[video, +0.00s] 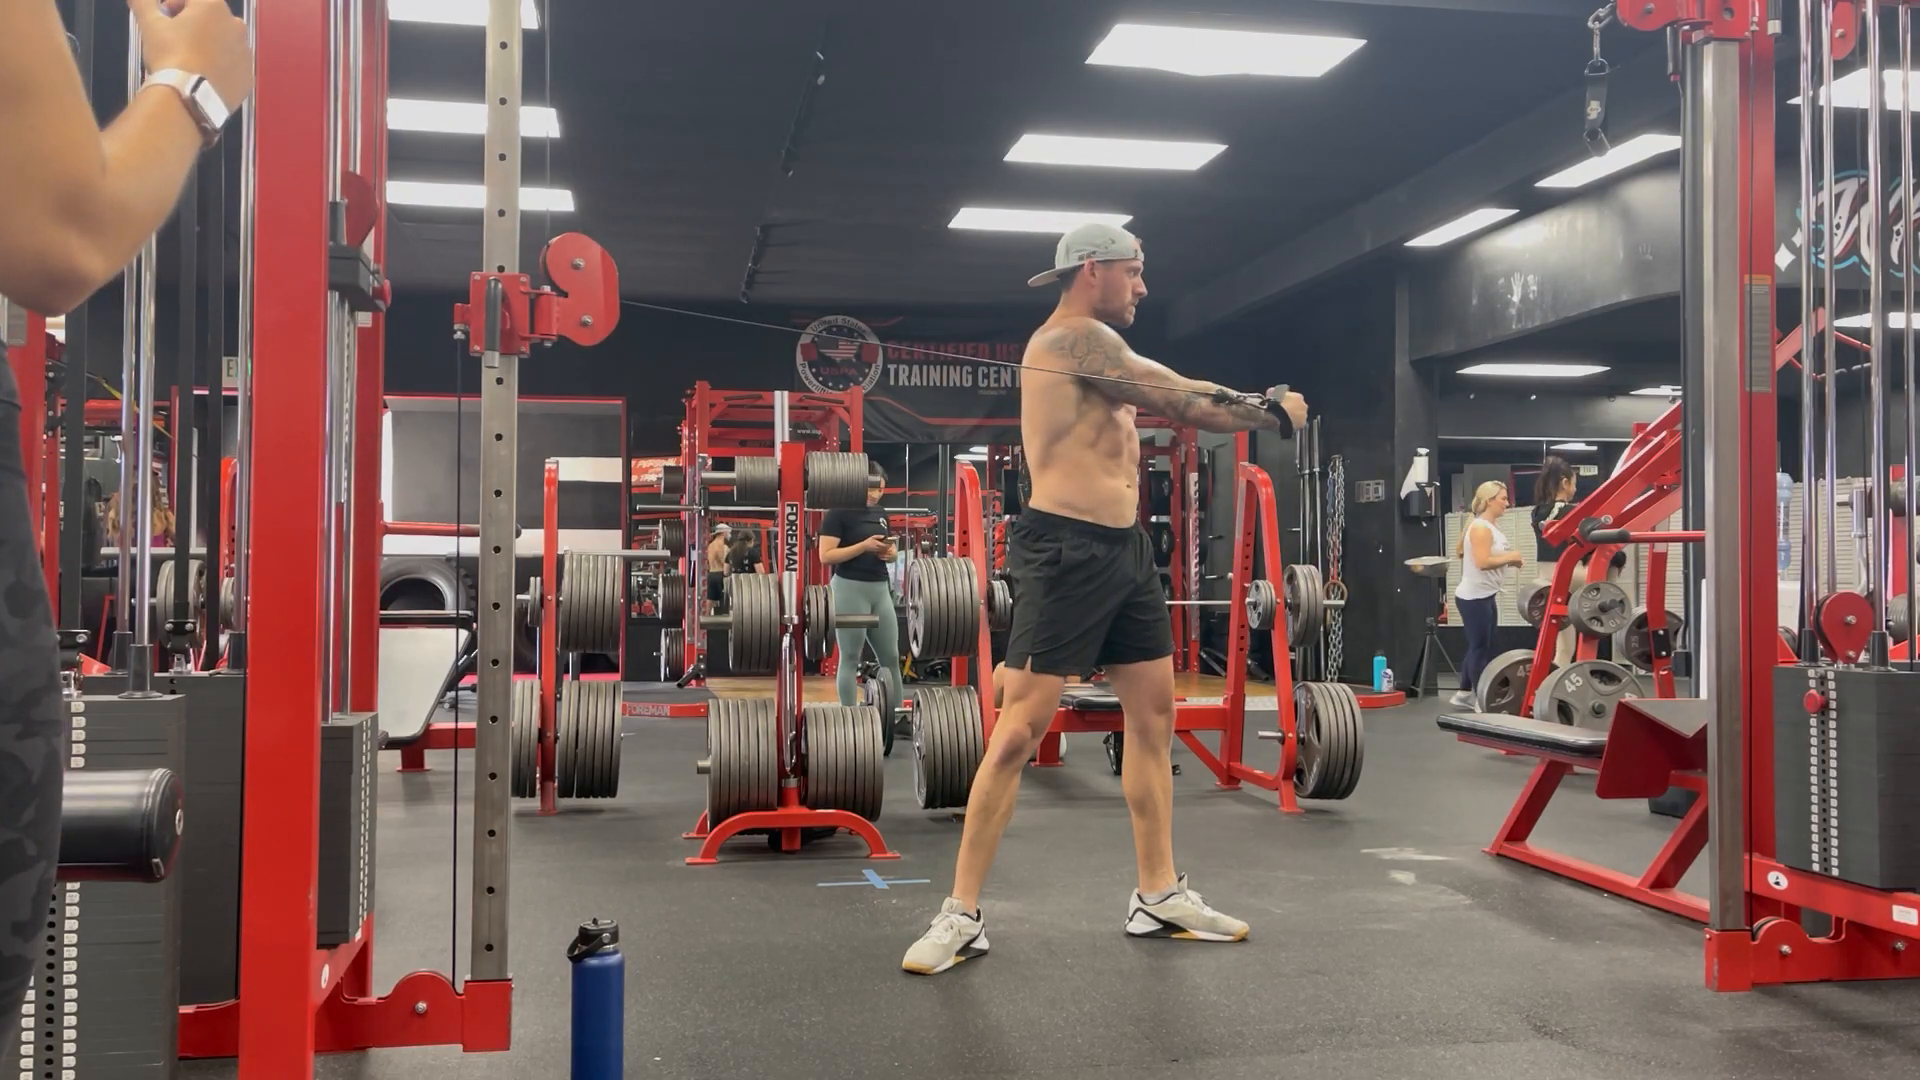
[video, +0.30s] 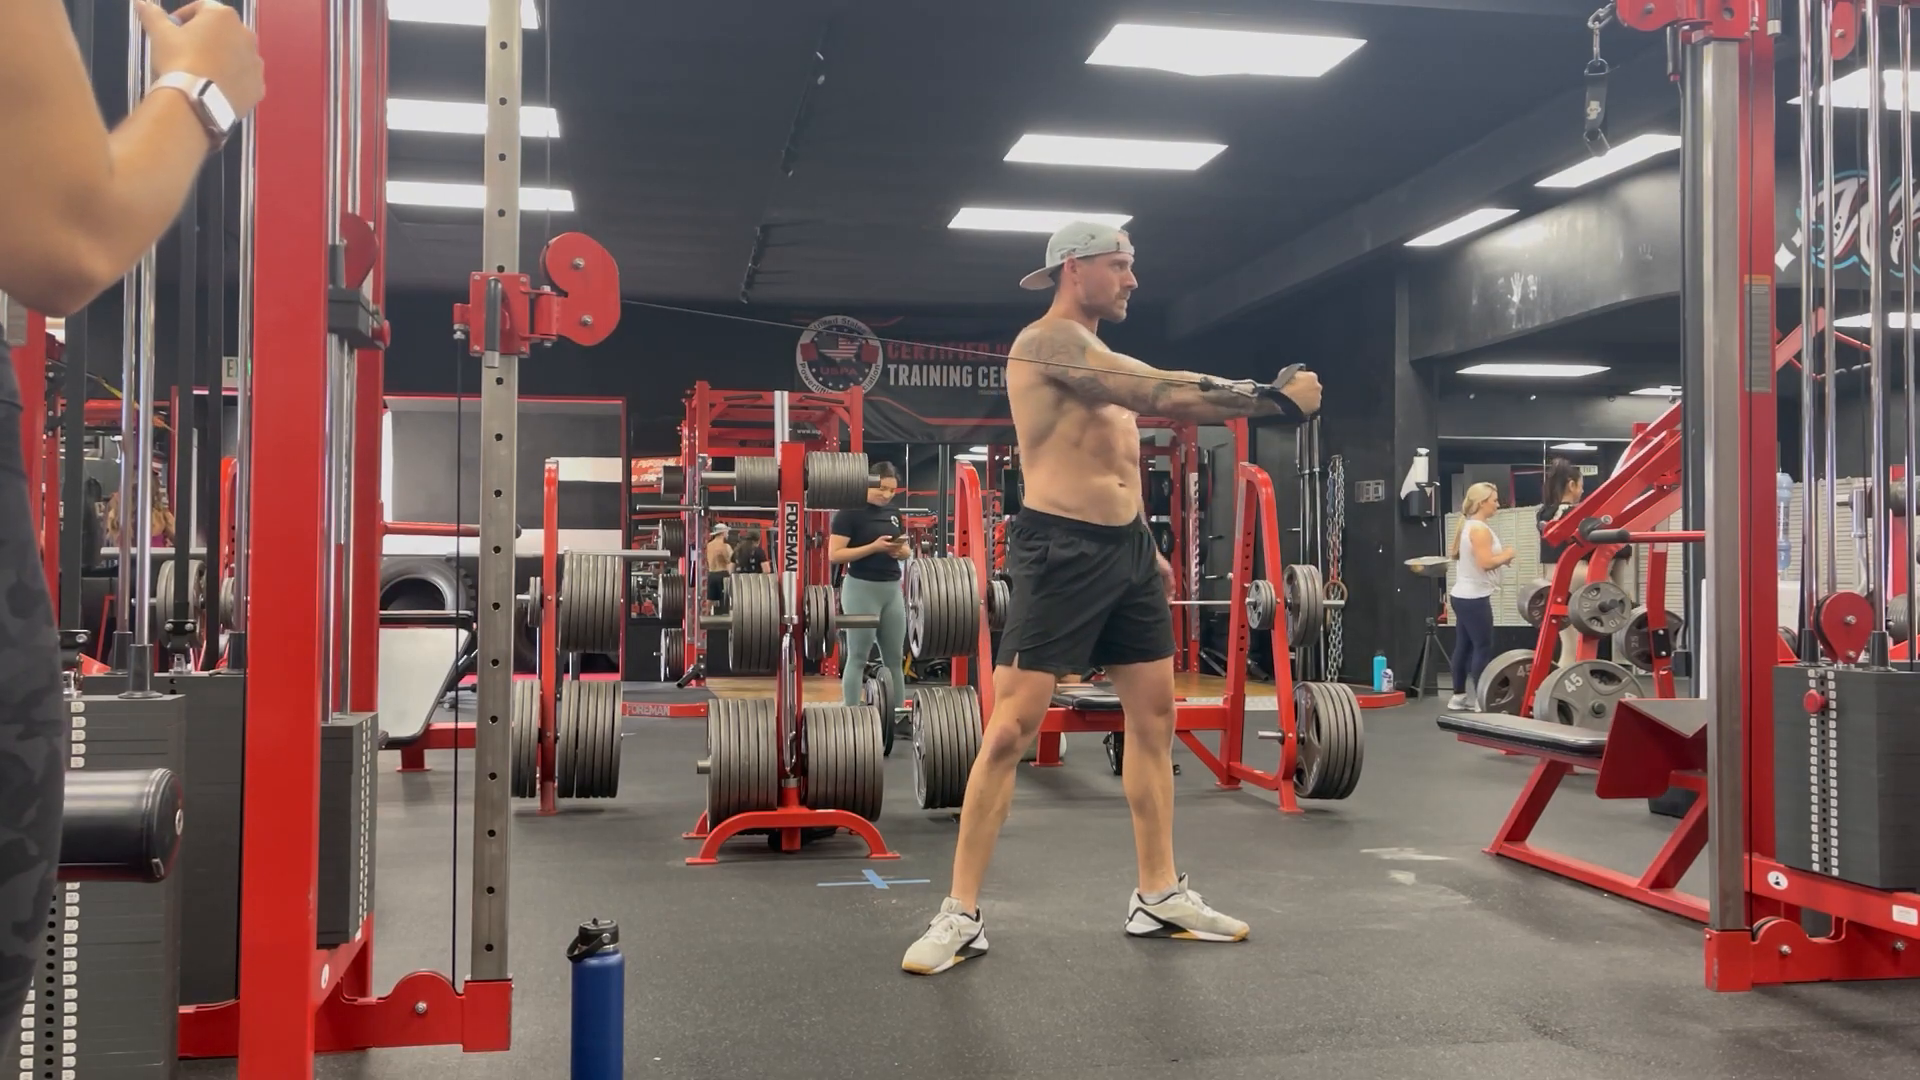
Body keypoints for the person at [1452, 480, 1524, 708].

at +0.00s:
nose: (1507, 503)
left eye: (1506, 499)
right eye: (1503, 498)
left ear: (1490, 502)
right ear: (1489, 500)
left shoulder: (1488, 526)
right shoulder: (1479, 527)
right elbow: (1482, 561)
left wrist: (1506, 560)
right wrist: (1510, 558)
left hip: (1483, 596)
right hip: (1474, 597)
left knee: (1480, 645)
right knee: (1480, 647)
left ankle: (1464, 691)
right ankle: (1481, 696)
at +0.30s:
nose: (1497, 505)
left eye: (1497, 500)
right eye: (1494, 501)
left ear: (1478, 503)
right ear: (1482, 503)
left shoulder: (1468, 526)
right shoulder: (1479, 529)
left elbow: (1474, 559)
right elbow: (1485, 563)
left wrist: (1501, 558)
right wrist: (1506, 555)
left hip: (1462, 596)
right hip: (1475, 598)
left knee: (1463, 646)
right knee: (1483, 647)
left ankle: (1458, 695)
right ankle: (1480, 698)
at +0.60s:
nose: (1492, 505)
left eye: (1491, 501)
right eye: (1489, 501)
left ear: (1471, 505)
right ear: (1478, 504)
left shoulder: (1460, 527)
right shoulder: (1478, 530)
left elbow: (1462, 559)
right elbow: (1485, 563)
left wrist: (1497, 557)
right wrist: (1504, 560)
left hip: (1458, 596)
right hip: (1477, 598)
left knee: (1460, 645)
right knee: (1493, 644)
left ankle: (1458, 695)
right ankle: (1486, 695)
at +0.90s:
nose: (1499, 506)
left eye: (1499, 502)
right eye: (1497, 502)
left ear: (1477, 505)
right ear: (1486, 505)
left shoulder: (1467, 528)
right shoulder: (1489, 531)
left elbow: (1470, 559)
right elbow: (1510, 562)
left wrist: (1501, 563)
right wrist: (1518, 564)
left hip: (1466, 598)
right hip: (1488, 601)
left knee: (1464, 648)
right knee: (1506, 647)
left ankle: (1458, 695)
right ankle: (1508, 696)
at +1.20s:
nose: (1516, 503)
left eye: (1515, 499)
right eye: (1513, 499)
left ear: (1492, 503)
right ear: (1505, 503)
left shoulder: (1482, 530)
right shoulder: (1509, 530)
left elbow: (1497, 560)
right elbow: (1538, 560)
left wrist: (1527, 561)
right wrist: (1541, 565)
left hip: (1484, 600)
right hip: (1505, 601)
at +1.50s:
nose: (1526, 503)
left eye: (1525, 499)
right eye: (1524, 500)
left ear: (1503, 506)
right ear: (1516, 505)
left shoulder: (1493, 529)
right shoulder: (1523, 529)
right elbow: (1544, 561)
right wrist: (1556, 579)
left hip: (1492, 598)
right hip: (1514, 600)